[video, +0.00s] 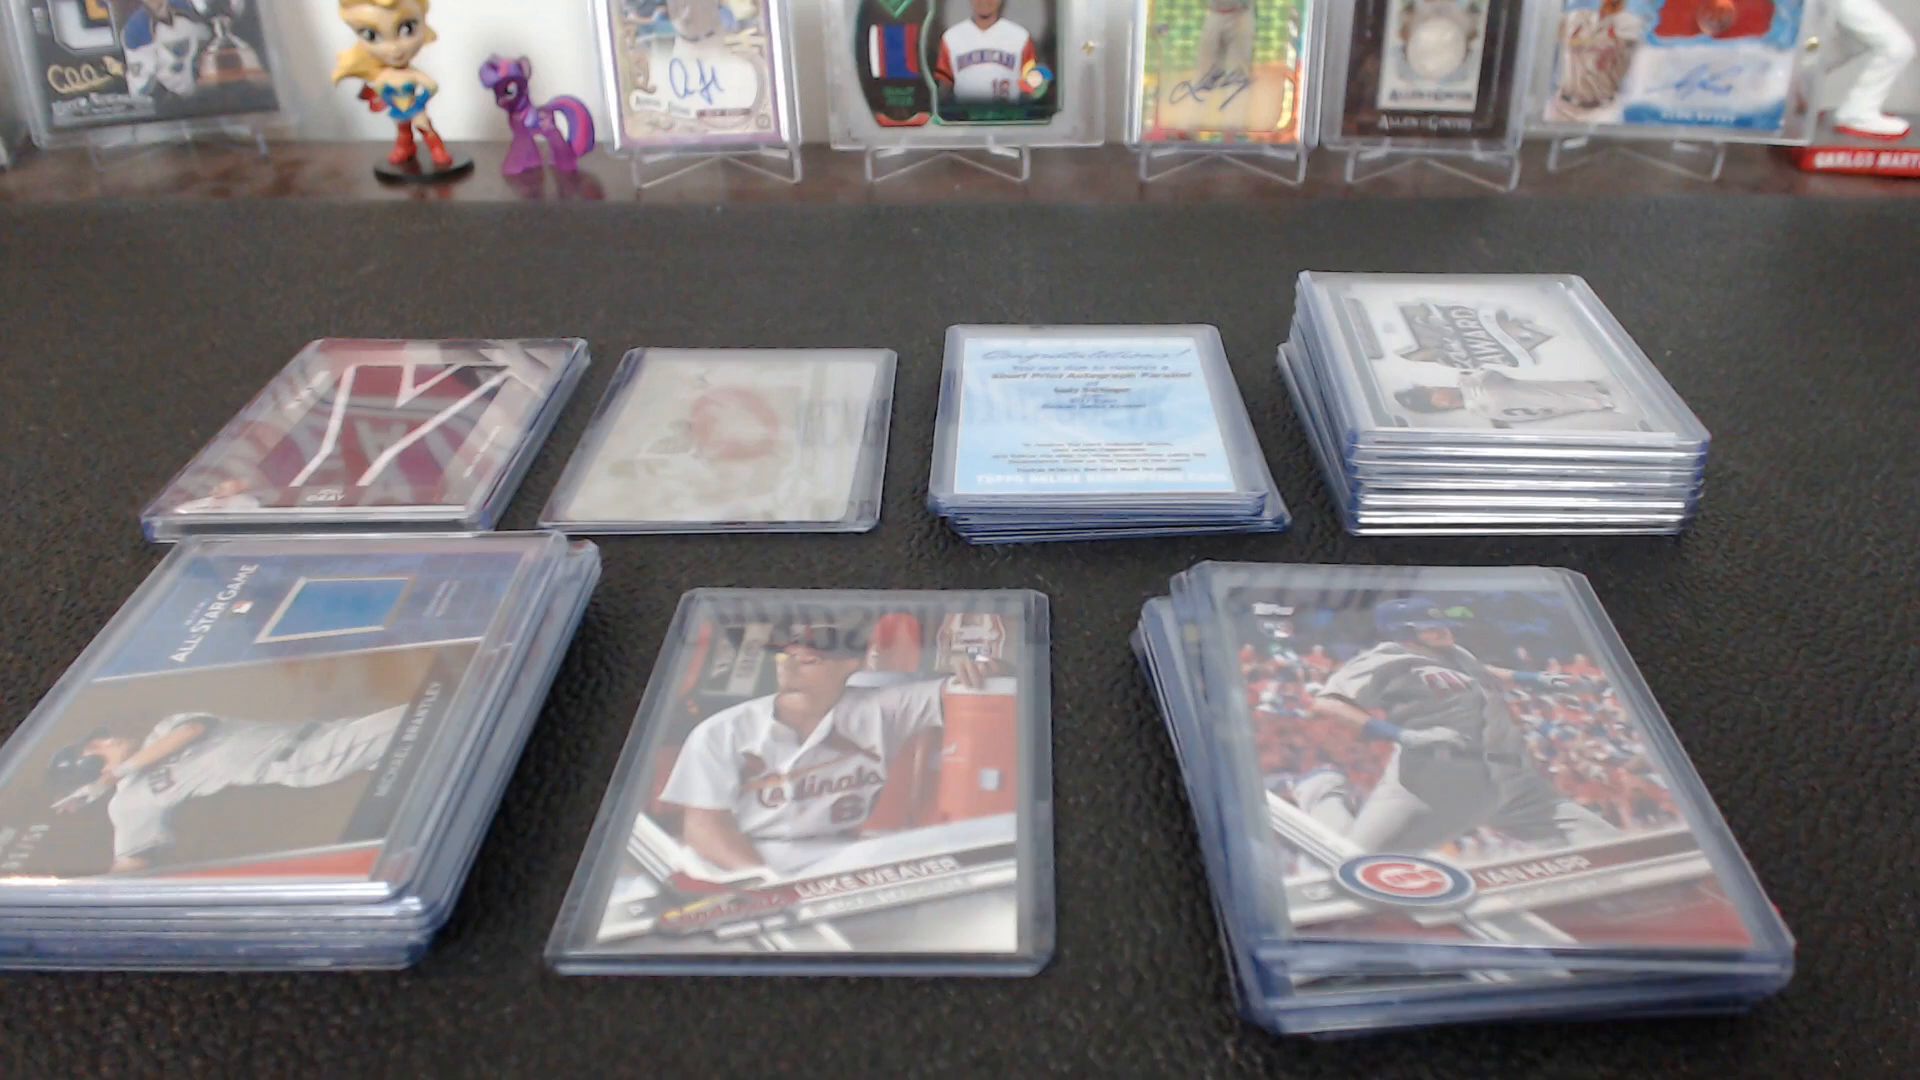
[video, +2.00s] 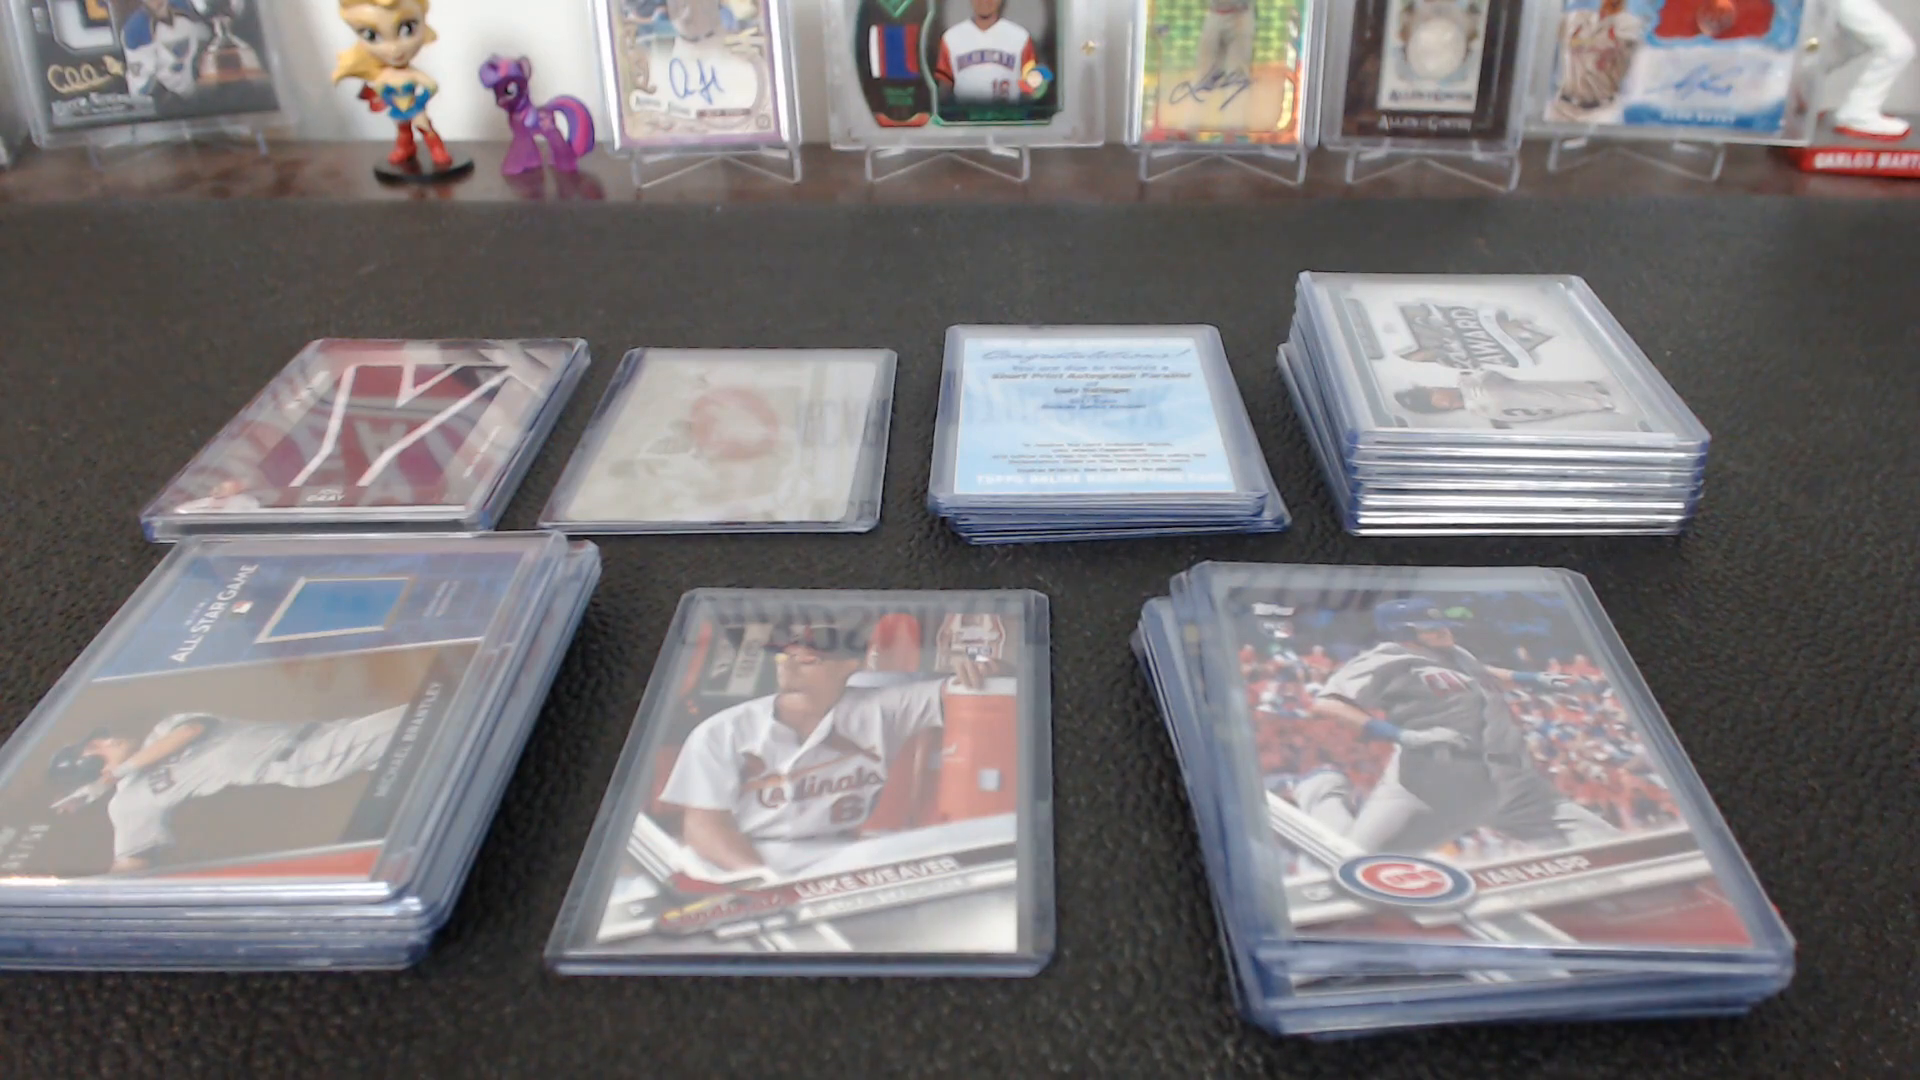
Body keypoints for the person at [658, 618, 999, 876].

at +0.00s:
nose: (799, 655)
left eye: (820, 645)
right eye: (790, 643)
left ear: (852, 662)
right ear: (776, 655)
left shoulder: (876, 714)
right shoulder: (720, 735)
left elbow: (962, 688)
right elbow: (702, 828)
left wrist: (977, 668)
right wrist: (767, 884)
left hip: (829, 871)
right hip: (732, 874)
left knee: (892, 852)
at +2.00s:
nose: (798, 656)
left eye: (819, 647)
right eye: (789, 644)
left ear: (852, 662)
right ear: (776, 655)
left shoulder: (878, 714)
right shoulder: (720, 735)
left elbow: (962, 688)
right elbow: (702, 828)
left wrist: (977, 667)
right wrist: (766, 883)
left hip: (831, 873)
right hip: (730, 875)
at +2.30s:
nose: (795, 657)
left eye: (816, 647)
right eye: (787, 644)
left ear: (854, 662)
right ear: (776, 654)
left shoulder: (876, 714)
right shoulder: (720, 735)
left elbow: (960, 690)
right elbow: (703, 830)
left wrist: (973, 670)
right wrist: (768, 884)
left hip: (828, 871)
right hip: (728, 875)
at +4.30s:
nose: (799, 656)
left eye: (820, 646)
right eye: (789, 644)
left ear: (853, 661)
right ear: (776, 656)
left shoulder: (877, 713)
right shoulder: (719, 735)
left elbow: (959, 690)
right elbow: (703, 829)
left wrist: (973, 673)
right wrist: (768, 884)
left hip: (829, 868)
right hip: (729, 872)